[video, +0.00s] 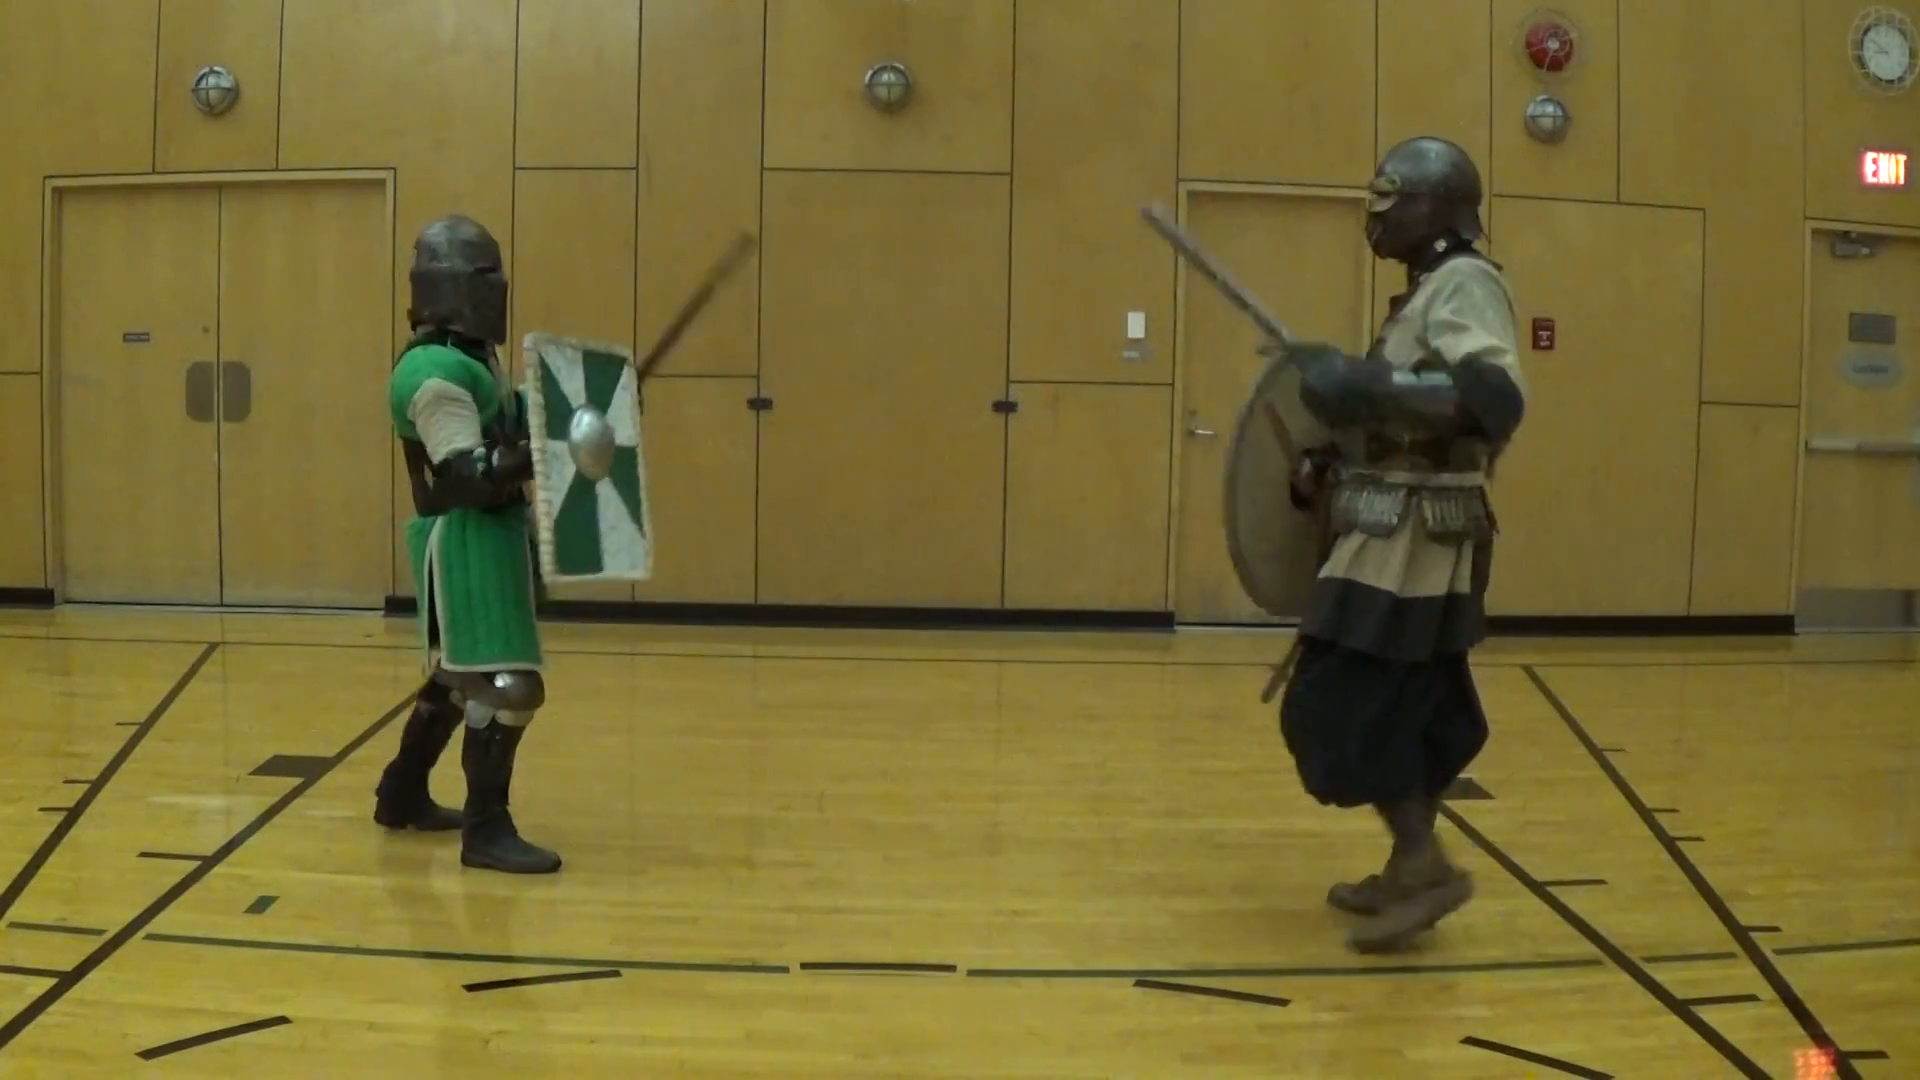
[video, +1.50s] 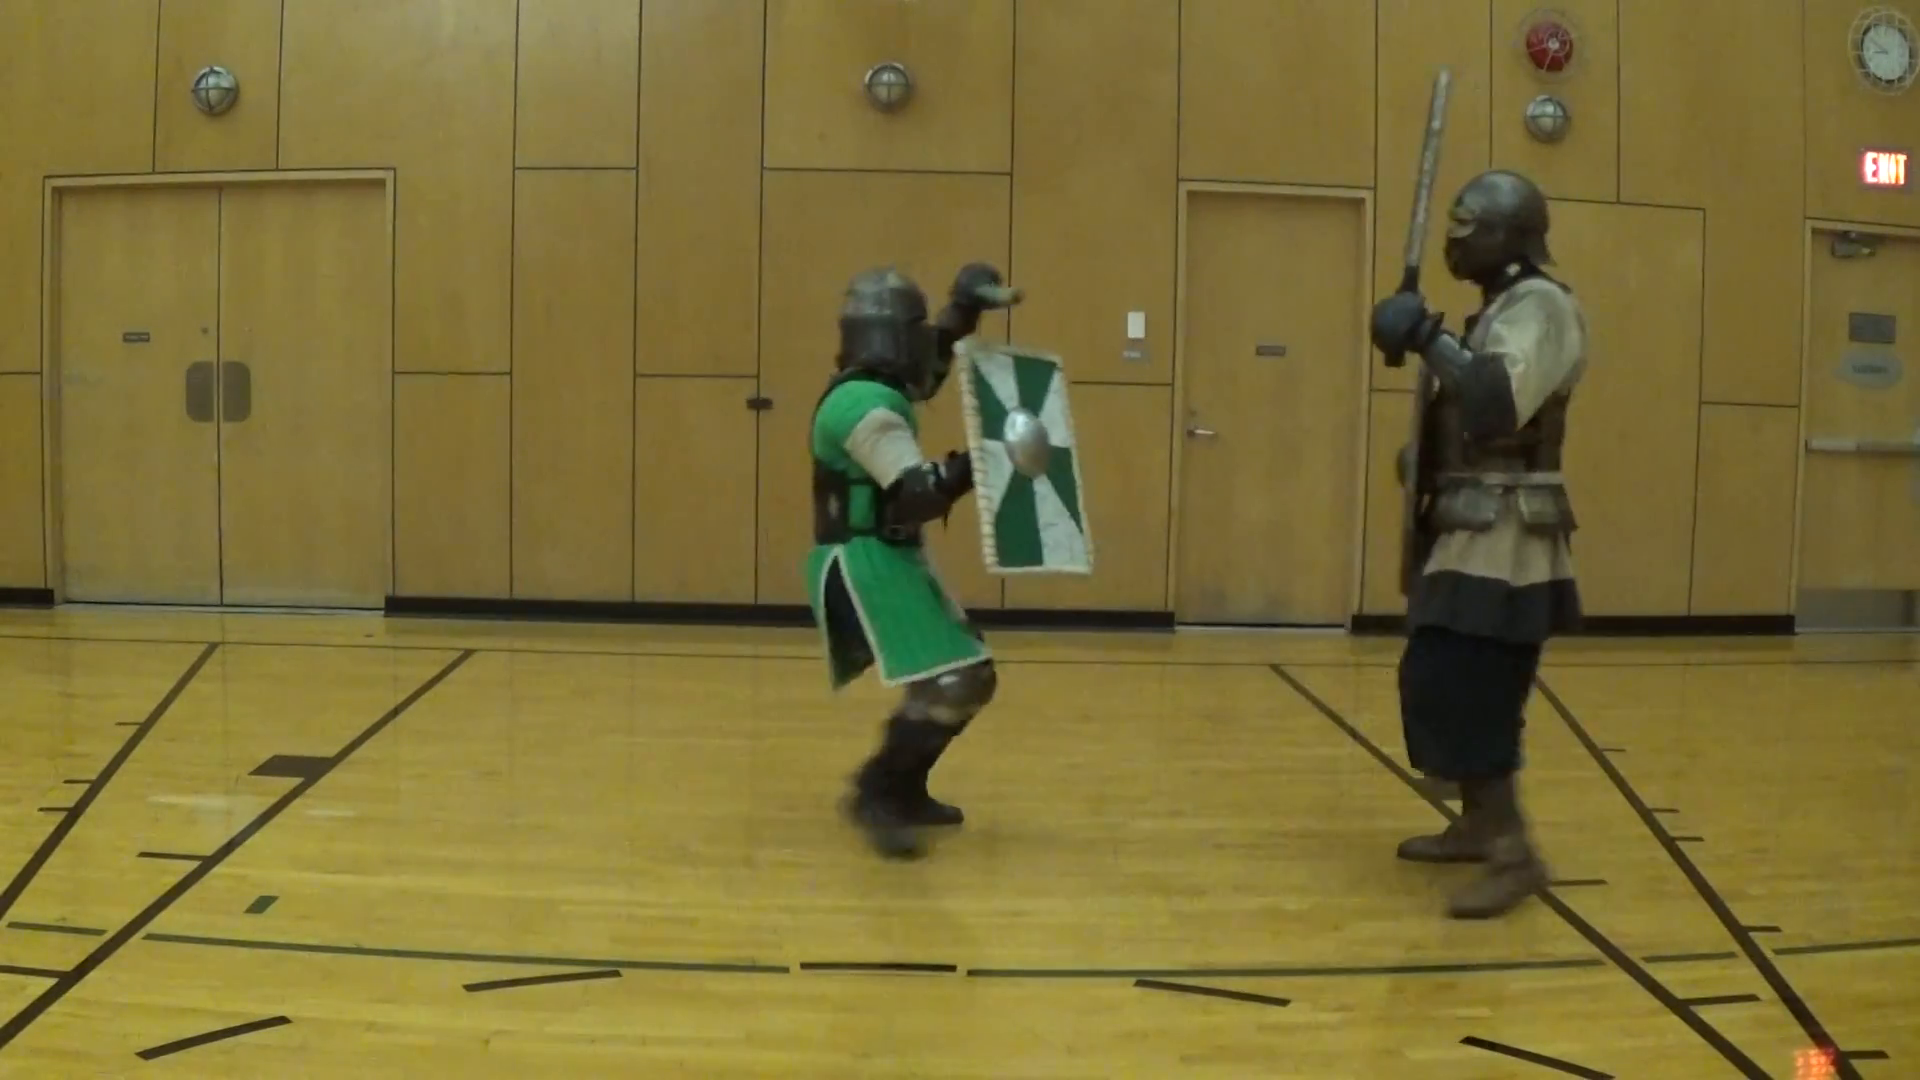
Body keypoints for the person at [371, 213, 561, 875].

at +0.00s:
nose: (498, 288)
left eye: (496, 276)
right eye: (484, 278)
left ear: (442, 294)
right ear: (448, 290)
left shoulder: (471, 361)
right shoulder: (433, 372)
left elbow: (506, 433)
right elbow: (466, 476)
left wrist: (551, 388)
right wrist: (549, 451)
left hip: (481, 530)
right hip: (465, 535)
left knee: (457, 673)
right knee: (507, 686)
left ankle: (403, 790)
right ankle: (488, 831)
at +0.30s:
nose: (532, 288)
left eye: (531, 275)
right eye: (522, 275)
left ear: (472, 285)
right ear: (491, 285)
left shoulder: (506, 352)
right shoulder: (464, 366)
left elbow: (566, 334)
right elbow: (527, 463)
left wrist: (601, 281)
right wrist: (597, 404)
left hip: (521, 528)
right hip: (489, 533)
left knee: (541, 671)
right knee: (515, 679)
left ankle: (468, 787)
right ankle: (487, 827)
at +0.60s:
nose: (575, 294)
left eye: (572, 281)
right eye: (562, 283)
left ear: (522, 296)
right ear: (523, 294)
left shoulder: (550, 360)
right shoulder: (501, 371)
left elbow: (621, 359)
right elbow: (557, 467)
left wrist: (652, 302)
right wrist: (619, 414)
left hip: (547, 531)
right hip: (517, 536)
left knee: (535, 672)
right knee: (587, 680)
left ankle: (473, 798)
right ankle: (543, 816)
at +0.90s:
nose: (659, 318)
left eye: (655, 306)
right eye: (649, 307)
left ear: (597, 316)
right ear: (621, 316)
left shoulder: (622, 376)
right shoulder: (589, 391)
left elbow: (687, 364)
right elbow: (643, 486)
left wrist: (721, 309)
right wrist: (707, 434)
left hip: (595, 556)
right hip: (609, 558)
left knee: (566, 689)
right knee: (671, 696)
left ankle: (477, 796)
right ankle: (689, 842)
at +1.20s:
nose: (779, 339)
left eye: (777, 329)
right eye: (771, 329)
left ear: (722, 333)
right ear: (744, 338)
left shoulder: (739, 394)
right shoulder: (716, 416)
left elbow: (785, 343)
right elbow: (786, 507)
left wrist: (822, 284)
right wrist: (860, 454)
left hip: (766, 565)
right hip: (732, 573)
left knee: (843, 669)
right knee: (774, 711)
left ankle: (757, 782)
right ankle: (700, 843)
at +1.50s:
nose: (922, 344)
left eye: (919, 335)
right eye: (914, 334)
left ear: (867, 336)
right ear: (892, 337)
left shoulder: (880, 394)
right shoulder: (861, 403)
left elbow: (923, 369)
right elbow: (916, 495)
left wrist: (960, 311)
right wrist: (995, 456)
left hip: (890, 556)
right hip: (861, 561)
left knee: (969, 672)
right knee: (952, 678)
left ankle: (903, 788)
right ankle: (879, 794)